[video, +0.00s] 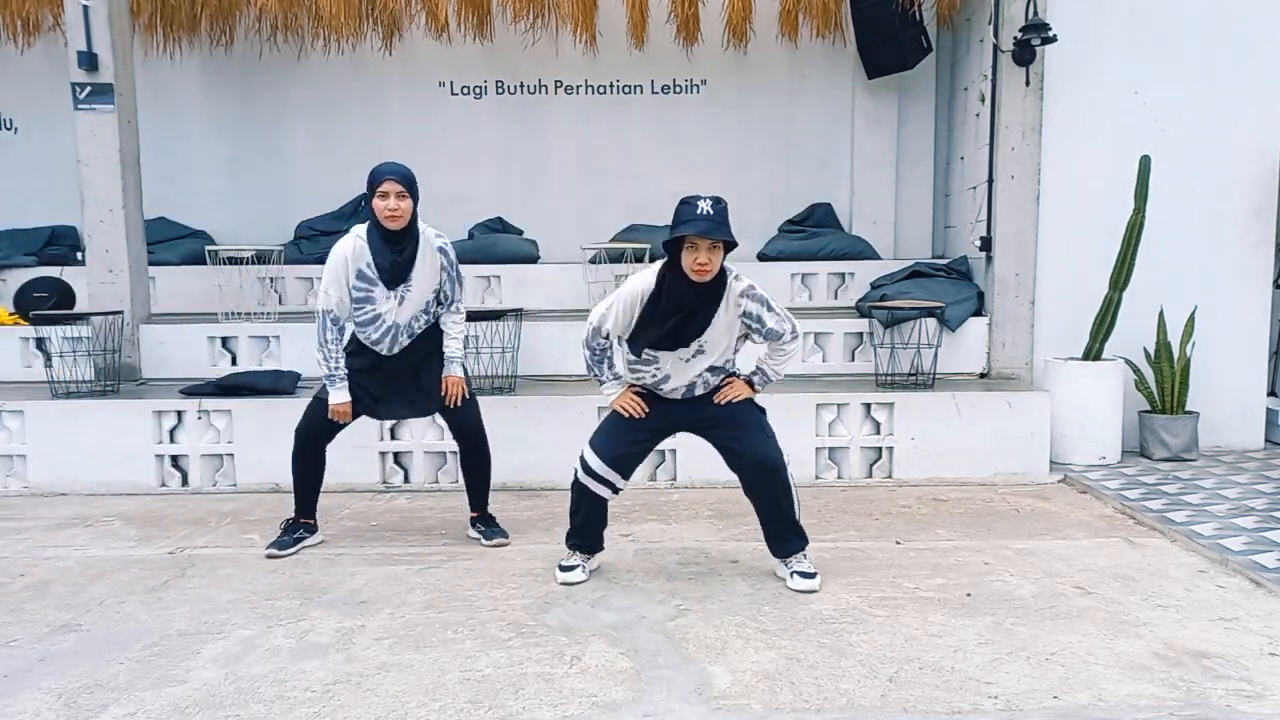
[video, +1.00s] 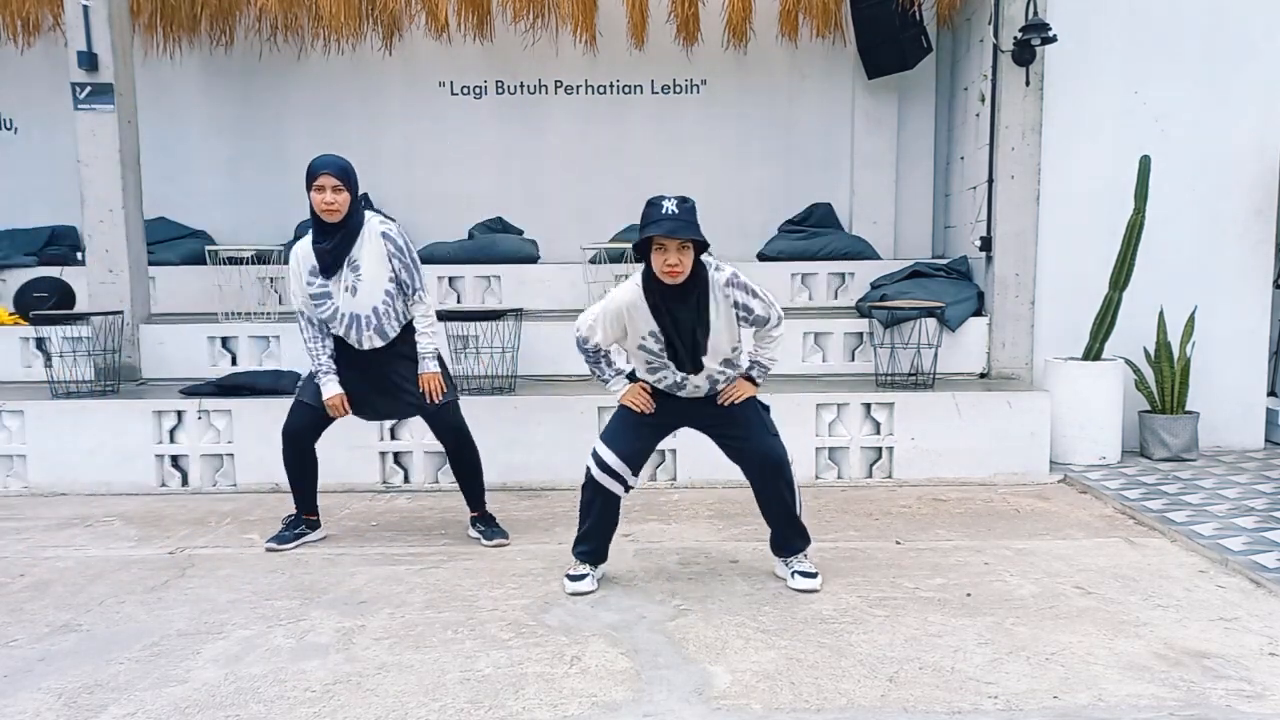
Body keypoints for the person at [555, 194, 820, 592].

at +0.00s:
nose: (703, 258)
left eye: (713, 248)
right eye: (693, 247)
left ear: (725, 250)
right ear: (677, 248)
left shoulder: (739, 293)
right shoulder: (643, 288)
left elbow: (787, 336)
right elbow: (596, 334)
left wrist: (755, 380)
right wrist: (613, 388)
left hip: (718, 396)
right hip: (649, 398)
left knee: (766, 462)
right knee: (595, 467)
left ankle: (792, 554)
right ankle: (582, 550)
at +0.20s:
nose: (760, 184)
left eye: (771, 174)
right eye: (751, 174)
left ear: (786, 177)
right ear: (735, 174)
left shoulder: (801, 238)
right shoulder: (702, 218)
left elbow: (812, 311)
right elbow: (650, 274)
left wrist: (779, 360)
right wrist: (643, 344)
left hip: (748, 372)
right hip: (679, 358)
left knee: (776, 455)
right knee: (615, 436)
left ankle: (792, 552)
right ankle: (574, 534)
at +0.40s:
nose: (768, 168)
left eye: (778, 158)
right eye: (759, 157)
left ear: (792, 161)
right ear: (744, 159)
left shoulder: (808, 226)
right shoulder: (711, 207)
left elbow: (819, 299)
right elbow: (671, 275)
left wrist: (797, 354)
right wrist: (660, 337)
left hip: (762, 356)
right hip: (696, 348)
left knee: (778, 456)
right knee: (646, 450)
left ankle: (791, 551)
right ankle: (600, 535)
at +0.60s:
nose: (780, 169)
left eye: (790, 159)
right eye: (770, 158)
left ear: (804, 163)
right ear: (754, 159)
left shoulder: (815, 225)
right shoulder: (722, 200)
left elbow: (823, 302)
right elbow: (673, 260)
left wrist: (794, 353)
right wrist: (661, 332)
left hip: (761, 358)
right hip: (694, 345)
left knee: (778, 454)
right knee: (641, 442)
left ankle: (791, 550)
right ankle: (601, 534)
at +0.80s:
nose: (767, 238)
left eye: (776, 227)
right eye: (756, 228)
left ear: (790, 229)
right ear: (739, 230)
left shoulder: (806, 277)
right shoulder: (710, 268)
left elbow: (820, 327)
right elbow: (645, 308)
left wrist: (782, 372)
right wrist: (650, 368)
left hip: (748, 385)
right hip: (680, 377)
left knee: (784, 455)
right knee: (628, 451)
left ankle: (792, 552)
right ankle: (588, 554)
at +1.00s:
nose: (673, 259)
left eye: (682, 248)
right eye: (662, 249)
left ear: (697, 249)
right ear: (647, 252)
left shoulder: (725, 283)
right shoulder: (629, 297)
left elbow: (771, 319)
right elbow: (587, 335)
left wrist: (753, 375)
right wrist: (622, 383)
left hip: (723, 395)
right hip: (656, 398)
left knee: (771, 459)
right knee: (606, 465)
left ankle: (791, 553)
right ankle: (587, 560)